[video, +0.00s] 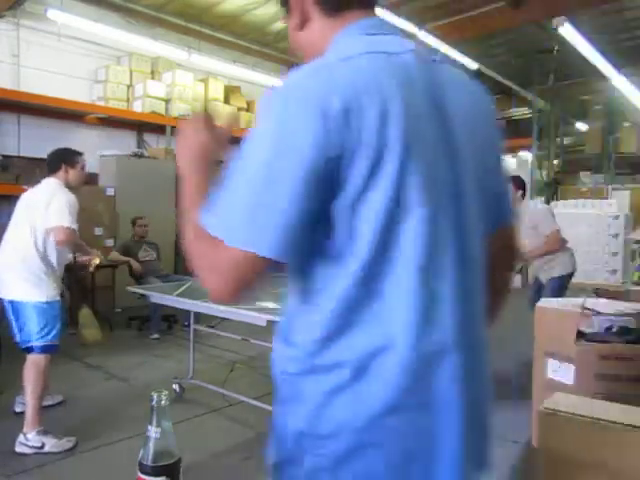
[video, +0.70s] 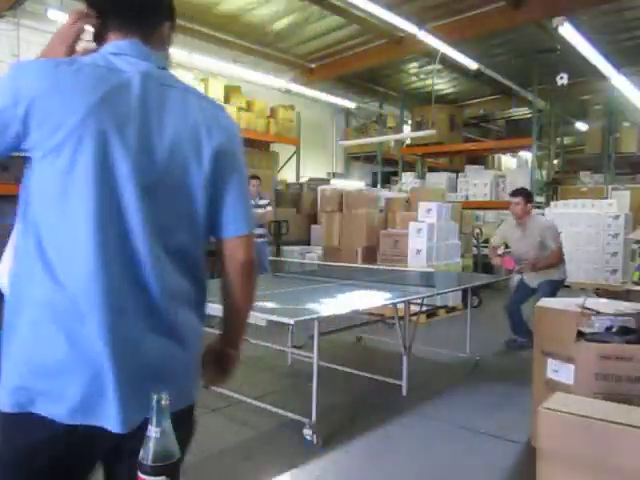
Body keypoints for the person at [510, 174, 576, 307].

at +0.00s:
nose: (506, 196)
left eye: (509, 191)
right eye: (506, 191)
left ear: (520, 193)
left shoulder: (538, 210)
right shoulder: (516, 215)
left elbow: (556, 242)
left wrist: (526, 256)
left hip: (560, 262)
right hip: (541, 265)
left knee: (547, 306)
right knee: (533, 303)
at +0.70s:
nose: (513, 208)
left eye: (518, 204)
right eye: (511, 204)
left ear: (529, 206)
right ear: (510, 206)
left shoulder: (544, 225)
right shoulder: (508, 226)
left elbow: (557, 257)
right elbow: (493, 247)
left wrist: (535, 266)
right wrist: (496, 258)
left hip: (551, 274)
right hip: (527, 276)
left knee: (540, 305)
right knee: (511, 305)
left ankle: (544, 340)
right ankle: (523, 337)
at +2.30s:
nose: (527, 195)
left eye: (532, 191)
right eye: (526, 191)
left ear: (543, 194)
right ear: (524, 192)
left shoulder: (557, 220)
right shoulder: (518, 213)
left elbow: (570, 249)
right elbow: (500, 233)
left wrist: (558, 258)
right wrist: (495, 245)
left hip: (545, 268)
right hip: (522, 266)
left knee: (542, 307)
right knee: (500, 299)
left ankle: (545, 344)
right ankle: (502, 330)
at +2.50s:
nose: (514, 198)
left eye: (518, 194)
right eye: (512, 194)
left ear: (528, 197)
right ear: (511, 197)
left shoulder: (543, 220)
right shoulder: (509, 219)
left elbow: (559, 249)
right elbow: (500, 240)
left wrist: (534, 263)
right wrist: (504, 255)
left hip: (542, 270)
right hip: (521, 268)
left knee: (540, 307)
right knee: (501, 296)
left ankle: (545, 346)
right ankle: (489, 331)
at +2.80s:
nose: (495, 195)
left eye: (499, 191)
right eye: (493, 190)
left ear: (510, 194)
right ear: (492, 193)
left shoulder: (524, 213)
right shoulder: (491, 214)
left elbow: (539, 241)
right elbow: (483, 235)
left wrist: (518, 250)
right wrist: (491, 248)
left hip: (530, 265)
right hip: (507, 265)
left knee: (536, 305)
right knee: (490, 294)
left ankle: (544, 342)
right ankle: (488, 331)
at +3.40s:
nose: (478, 205)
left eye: (479, 200)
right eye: (477, 201)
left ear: (489, 199)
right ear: (489, 200)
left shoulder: (504, 214)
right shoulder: (493, 220)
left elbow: (513, 243)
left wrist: (497, 267)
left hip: (528, 268)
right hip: (513, 269)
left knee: (526, 309)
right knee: (489, 292)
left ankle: (545, 343)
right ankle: (487, 330)